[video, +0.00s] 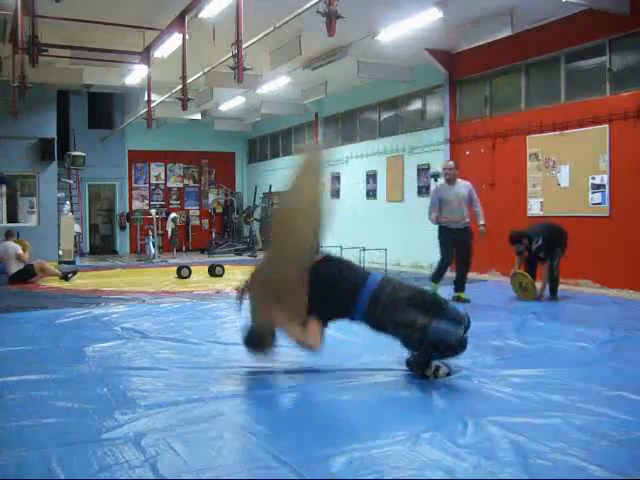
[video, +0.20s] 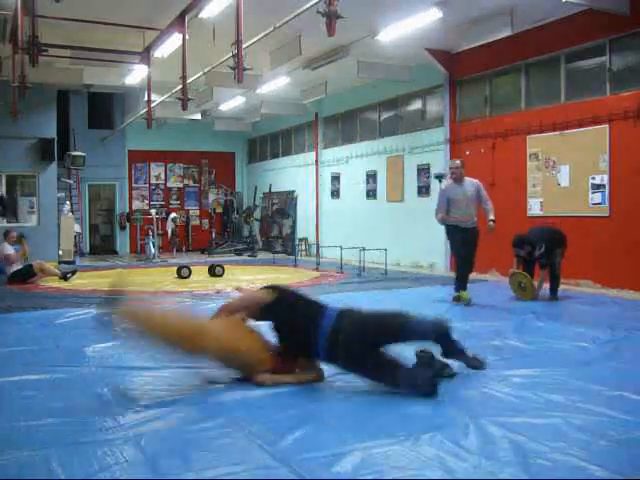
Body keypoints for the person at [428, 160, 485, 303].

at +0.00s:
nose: (448, 172)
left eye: (451, 169)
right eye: (445, 169)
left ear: (456, 171)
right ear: (442, 172)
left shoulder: (467, 186)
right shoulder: (438, 190)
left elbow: (476, 205)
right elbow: (433, 208)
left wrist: (481, 222)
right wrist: (434, 217)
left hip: (463, 226)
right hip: (446, 226)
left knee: (464, 261)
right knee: (446, 259)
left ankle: (459, 292)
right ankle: (434, 283)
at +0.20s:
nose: (455, 171)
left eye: (457, 168)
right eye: (452, 169)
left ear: (463, 169)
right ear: (449, 171)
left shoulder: (475, 184)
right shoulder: (445, 188)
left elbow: (486, 202)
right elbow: (440, 208)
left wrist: (491, 218)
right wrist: (441, 216)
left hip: (471, 225)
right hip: (454, 225)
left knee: (468, 259)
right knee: (461, 257)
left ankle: (460, 290)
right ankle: (461, 290)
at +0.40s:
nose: (461, 172)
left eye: (464, 169)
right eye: (459, 170)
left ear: (470, 170)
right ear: (456, 172)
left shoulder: (482, 185)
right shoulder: (453, 190)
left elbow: (494, 203)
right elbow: (448, 209)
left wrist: (498, 219)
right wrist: (447, 218)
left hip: (479, 226)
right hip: (462, 226)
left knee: (475, 261)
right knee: (470, 261)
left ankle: (460, 290)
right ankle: (476, 293)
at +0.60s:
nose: (466, 172)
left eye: (469, 168)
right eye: (464, 169)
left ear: (476, 170)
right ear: (461, 171)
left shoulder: (489, 184)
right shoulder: (458, 191)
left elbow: (501, 203)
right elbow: (453, 212)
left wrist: (505, 220)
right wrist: (455, 220)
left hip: (489, 228)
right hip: (470, 228)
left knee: (492, 263)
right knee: (476, 263)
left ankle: (472, 282)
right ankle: (477, 295)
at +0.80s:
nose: (473, 170)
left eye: (476, 167)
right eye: (471, 167)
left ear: (483, 168)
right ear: (468, 170)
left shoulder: (496, 183)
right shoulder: (464, 190)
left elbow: (507, 203)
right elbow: (459, 212)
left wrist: (513, 220)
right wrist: (461, 219)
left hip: (496, 227)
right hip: (477, 227)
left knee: (505, 259)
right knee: (478, 263)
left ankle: (501, 290)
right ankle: (478, 296)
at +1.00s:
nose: (481, 170)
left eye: (484, 167)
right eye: (479, 167)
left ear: (492, 168)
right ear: (477, 170)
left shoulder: (505, 184)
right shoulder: (473, 189)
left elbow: (516, 203)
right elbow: (468, 212)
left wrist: (521, 222)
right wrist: (470, 218)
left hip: (505, 228)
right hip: (484, 229)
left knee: (515, 263)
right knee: (482, 266)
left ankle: (523, 294)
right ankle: (479, 296)